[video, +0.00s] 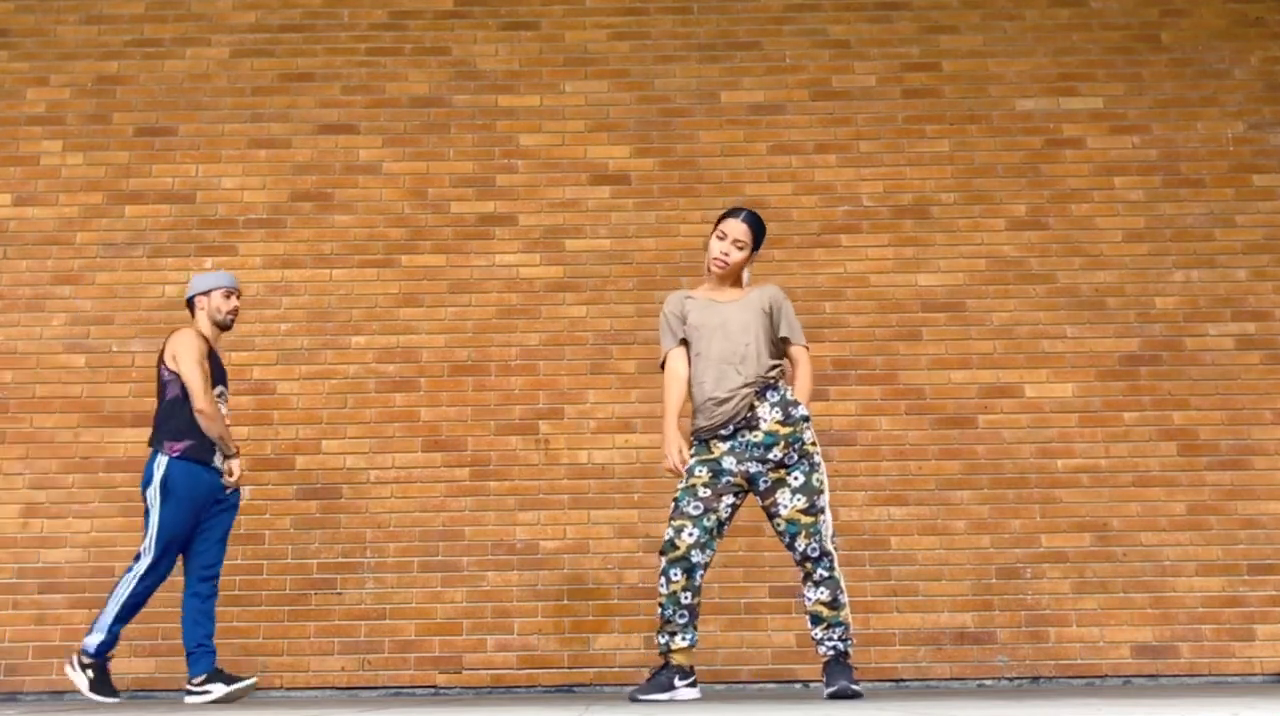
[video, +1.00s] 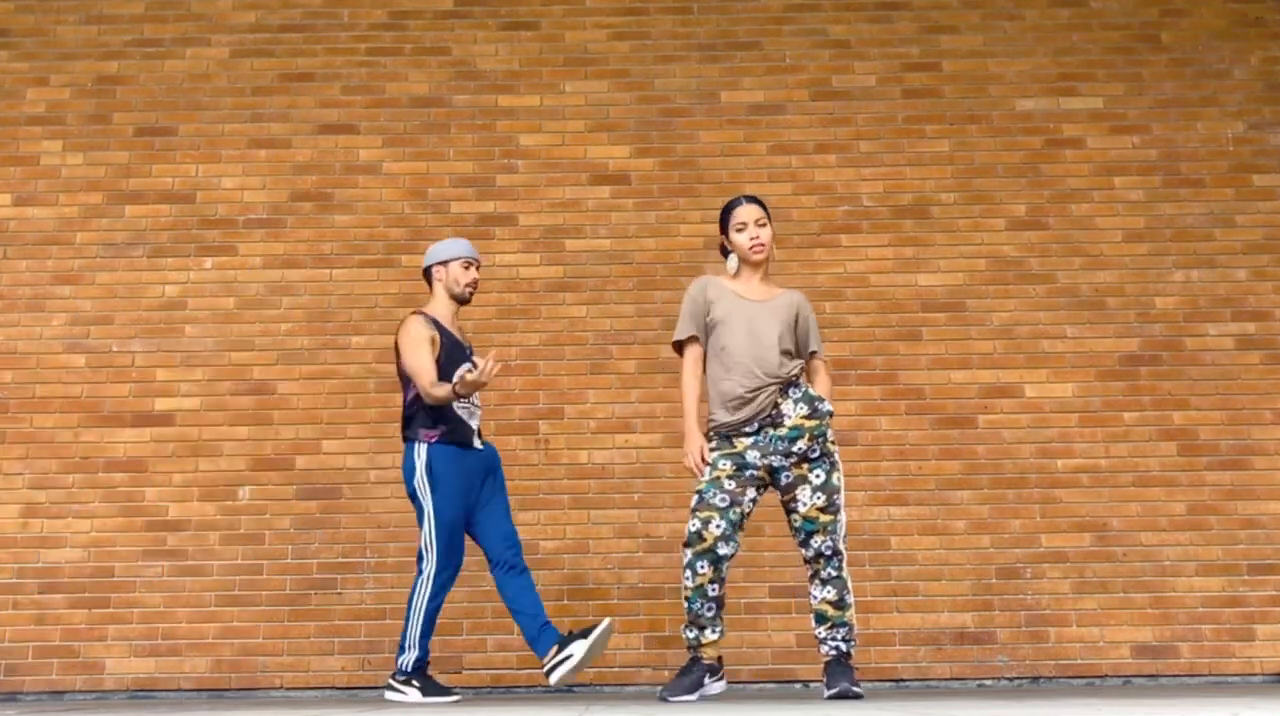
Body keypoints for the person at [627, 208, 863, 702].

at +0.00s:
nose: (725, 249)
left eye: (738, 246)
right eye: (722, 238)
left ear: (750, 257)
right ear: (709, 238)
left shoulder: (769, 299)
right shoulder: (679, 305)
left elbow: (801, 360)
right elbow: (676, 370)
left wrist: (796, 414)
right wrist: (670, 430)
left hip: (774, 432)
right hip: (712, 443)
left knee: (811, 543)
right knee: (681, 546)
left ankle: (836, 661)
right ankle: (677, 667)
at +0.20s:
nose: (742, 245)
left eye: (753, 239)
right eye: (735, 234)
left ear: (764, 249)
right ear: (719, 237)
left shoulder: (783, 294)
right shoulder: (693, 301)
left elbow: (807, 358)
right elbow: (688, 370)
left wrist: (804, 416)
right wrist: (684, 436)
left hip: (783, 428)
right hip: (719, 437)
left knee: (813, 543)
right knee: (691, 545)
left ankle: (836, 661)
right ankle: (682, 665)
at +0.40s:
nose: (754, 241)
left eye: (763, 234)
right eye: (744, 232)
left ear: (772, 242)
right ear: (726, 237)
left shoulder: (791, 294)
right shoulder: (702, 295)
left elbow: (812, 362)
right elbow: (693, 368)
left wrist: (812, 417)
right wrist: (690, 435)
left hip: (791, 431)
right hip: (727, 435)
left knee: (815, 544)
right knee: (708, 545)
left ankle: (837, 662)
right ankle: (680, 663)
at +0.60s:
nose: (757, 239)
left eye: (765, 231)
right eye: (746, 230)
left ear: (773, 239)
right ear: (727, 237)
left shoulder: (789, 300)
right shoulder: (703, 288)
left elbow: (812, 368)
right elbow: (692, 363)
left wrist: (811, 417)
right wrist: (694, 431)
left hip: (792, 430)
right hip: (729, 434)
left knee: (816, 544)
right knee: (711, 547)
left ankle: (838, 661)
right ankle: (681, 664)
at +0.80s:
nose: (757, 236)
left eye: (764, 227)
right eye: (745, 228)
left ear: (774, 235)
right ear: (727, 238)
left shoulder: (789, 303)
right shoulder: (703, 287)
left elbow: (812, 372)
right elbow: (690, 362)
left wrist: (815, 419)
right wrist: (696, 427)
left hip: (793, 432)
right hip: (729, 438)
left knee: (818, 544)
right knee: (711, 545)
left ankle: (838, 661)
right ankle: (687, 661)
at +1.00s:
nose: (754, 234)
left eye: (760, 225)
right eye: (742, 228)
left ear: (773, 233)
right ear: (727, 240)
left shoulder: (794, 303)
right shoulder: (706, 292)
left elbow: (818, 371)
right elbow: (692, 364)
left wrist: (817, 414)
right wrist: (693, 430)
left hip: (796, 435)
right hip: (731, 441)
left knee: (823, 544)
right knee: (704, 541)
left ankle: (838, 662)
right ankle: (705, 662)